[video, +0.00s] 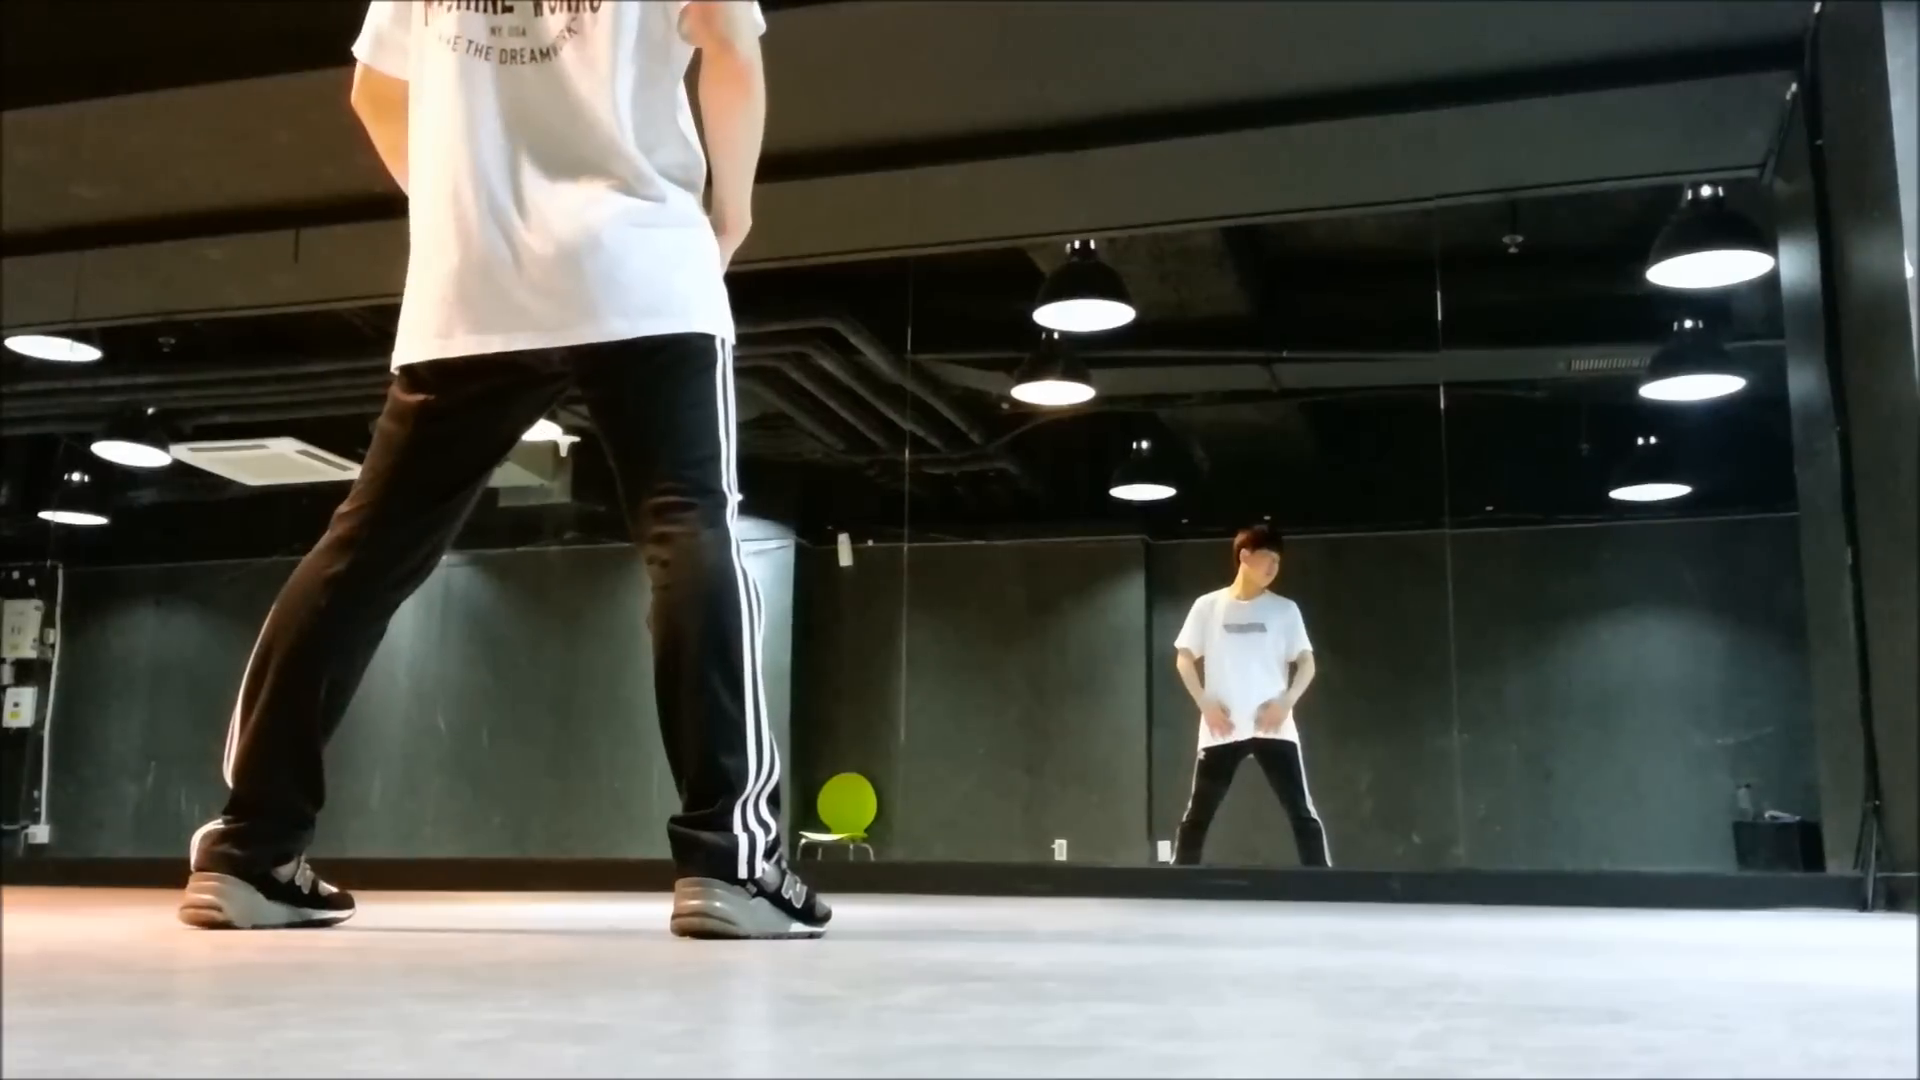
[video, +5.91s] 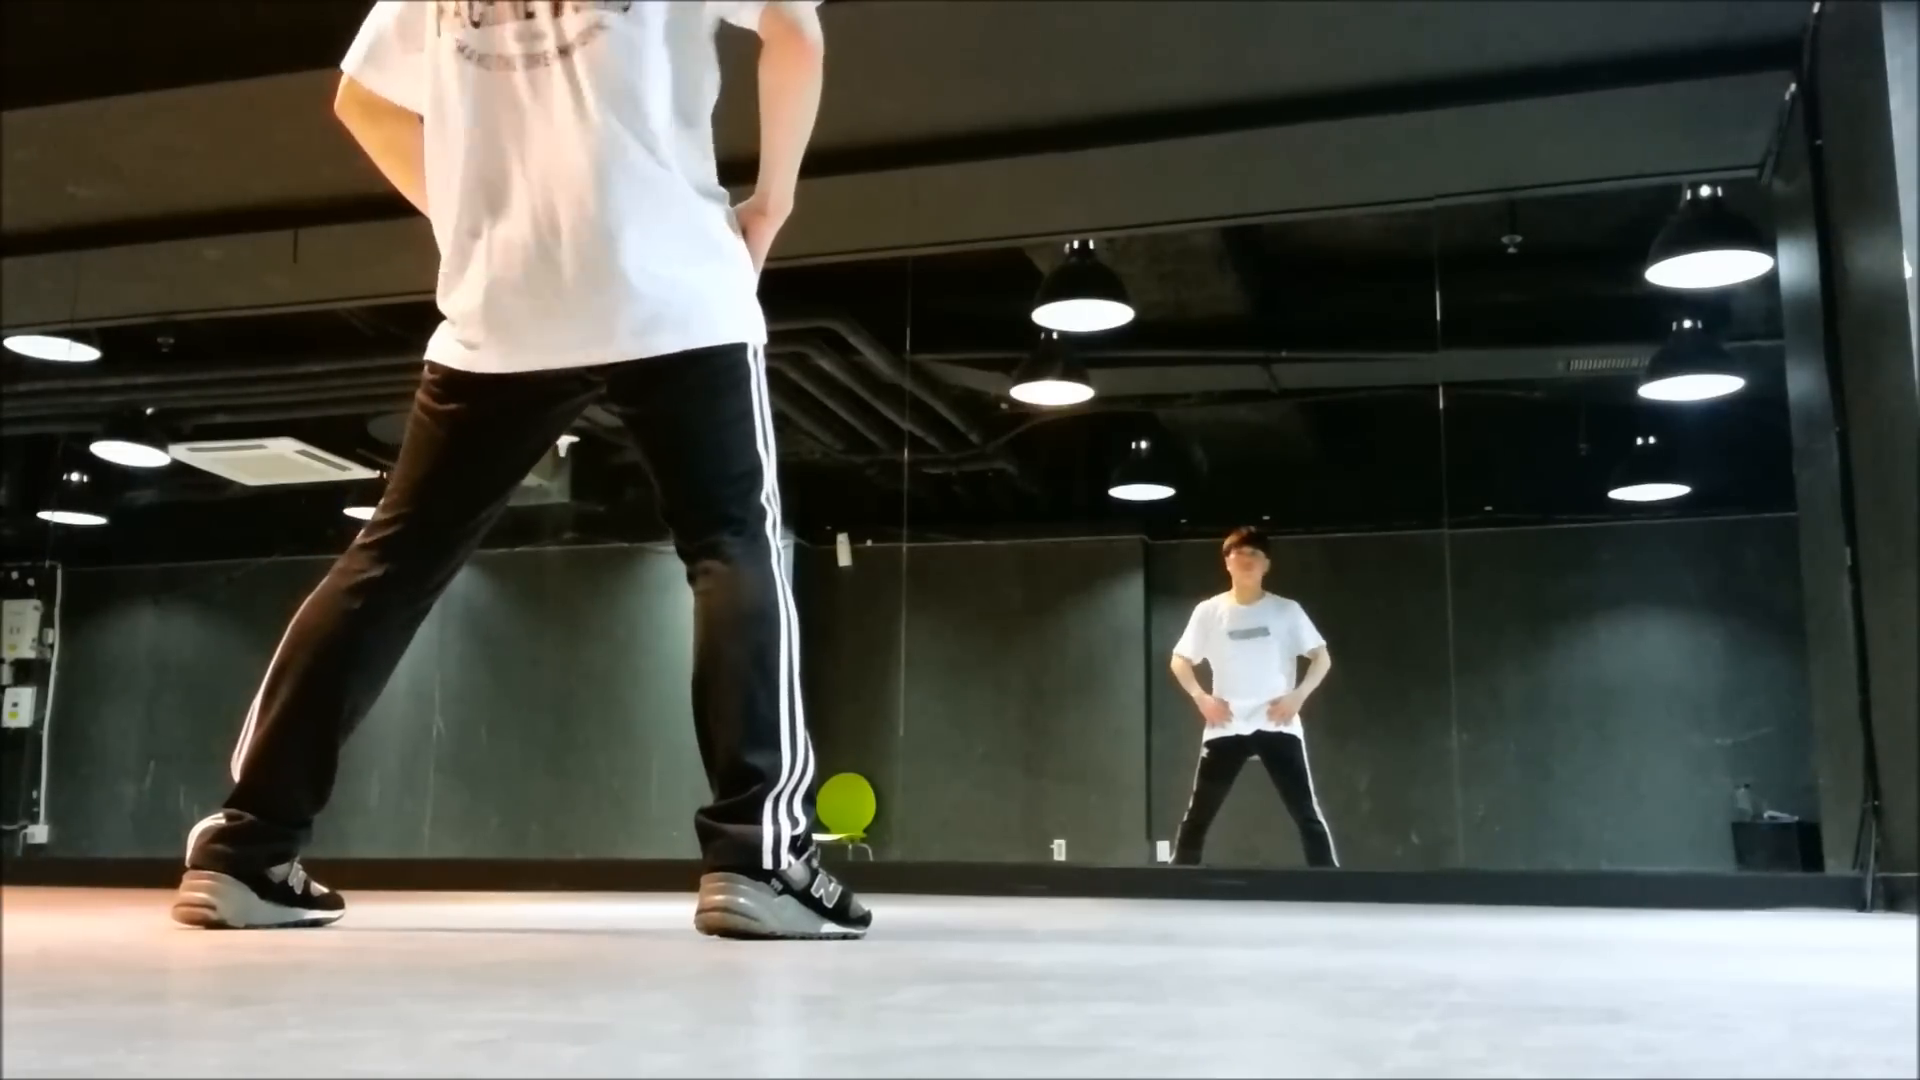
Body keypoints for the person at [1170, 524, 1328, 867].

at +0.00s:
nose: (1272, 566)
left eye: (1276, 559)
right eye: (1265, 557)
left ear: (1279, 563)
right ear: (1243, 557)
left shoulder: (1286, 610)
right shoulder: (1207, 606)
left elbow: (1307, 665)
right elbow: (1184, 659)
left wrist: (1285, 702)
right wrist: (1205, 703)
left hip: (1275, 732)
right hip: (1221, 732)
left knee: (1302, 814)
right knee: (1197, 816)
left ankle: (1323, 890)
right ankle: (1179, 891)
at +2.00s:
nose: (1248, 564)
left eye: (1256, 557)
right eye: (1241, 558)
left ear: (1272, 563)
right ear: (1232, 565)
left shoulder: (1298, 609)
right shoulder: (1219, 613)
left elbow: (1309, 665)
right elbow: (1184, 658)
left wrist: (1286, 705)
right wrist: (1204, 703)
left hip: (1275, 731)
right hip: (1222, 731)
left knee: (1304, 816)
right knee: (1195, 817)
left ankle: (1331, 889)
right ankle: (1179, 892)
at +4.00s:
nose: (1230, 573)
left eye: (1235, 565)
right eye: (1227, 567)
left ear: (1259, 561)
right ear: (1227, 571)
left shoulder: (1302, 605)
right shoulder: (1224, 614)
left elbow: (1320, 661)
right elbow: (1186, 656)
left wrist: (1292, 701)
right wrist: (1201, 695)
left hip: (1276, 733)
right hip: (1222, 731)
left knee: (1302, 815)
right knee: (1193, 816)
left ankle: (1331, 890)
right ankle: (1176, 891)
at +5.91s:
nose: (1245, 559)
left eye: (1253, 553)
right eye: (1238, 553)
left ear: (1267, 563)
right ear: (1227, 562)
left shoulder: (1288, 610)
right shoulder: (1208, 611)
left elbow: (1322, 659)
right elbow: (1179, 662)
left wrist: (1297, 697)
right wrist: (1202, 699)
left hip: (1279, 728)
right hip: (1226, 729)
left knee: (1308, 816)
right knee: (1197, 817)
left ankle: (1332, 892)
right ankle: (1178, 893)